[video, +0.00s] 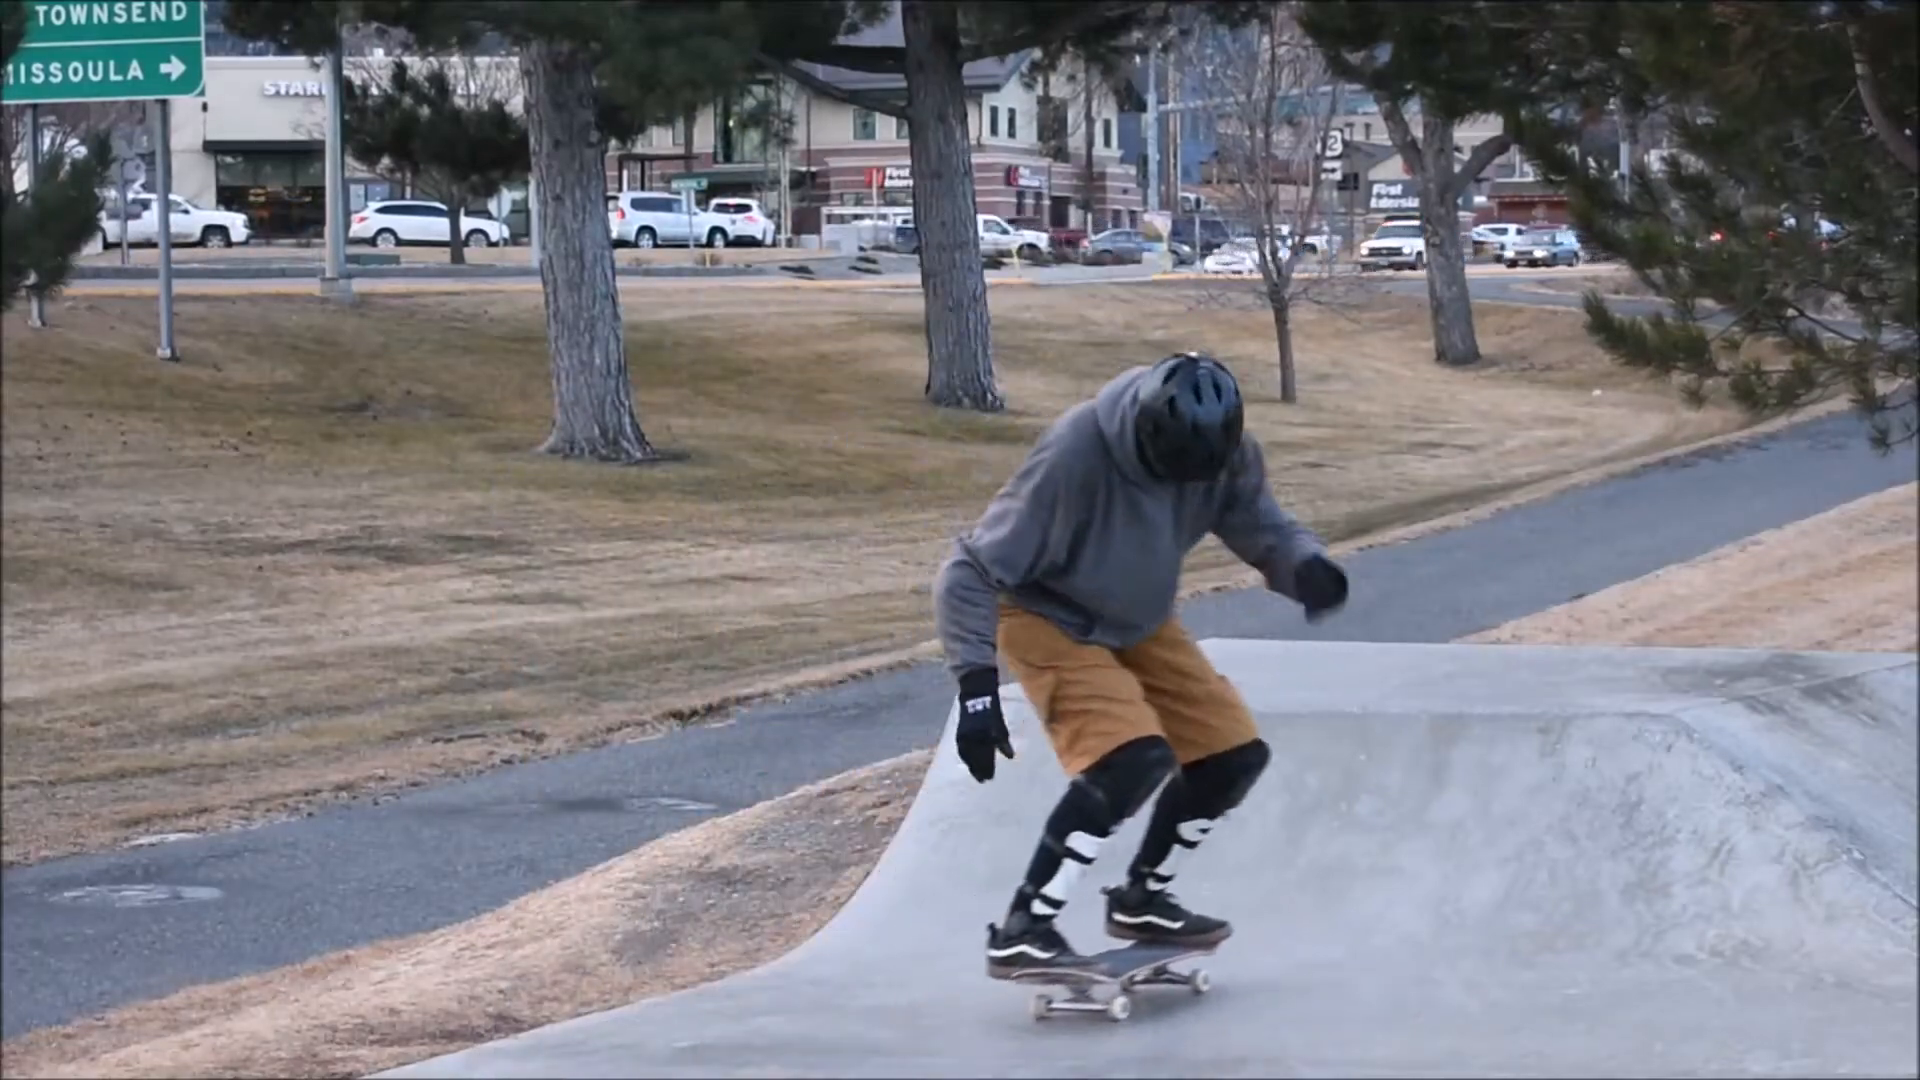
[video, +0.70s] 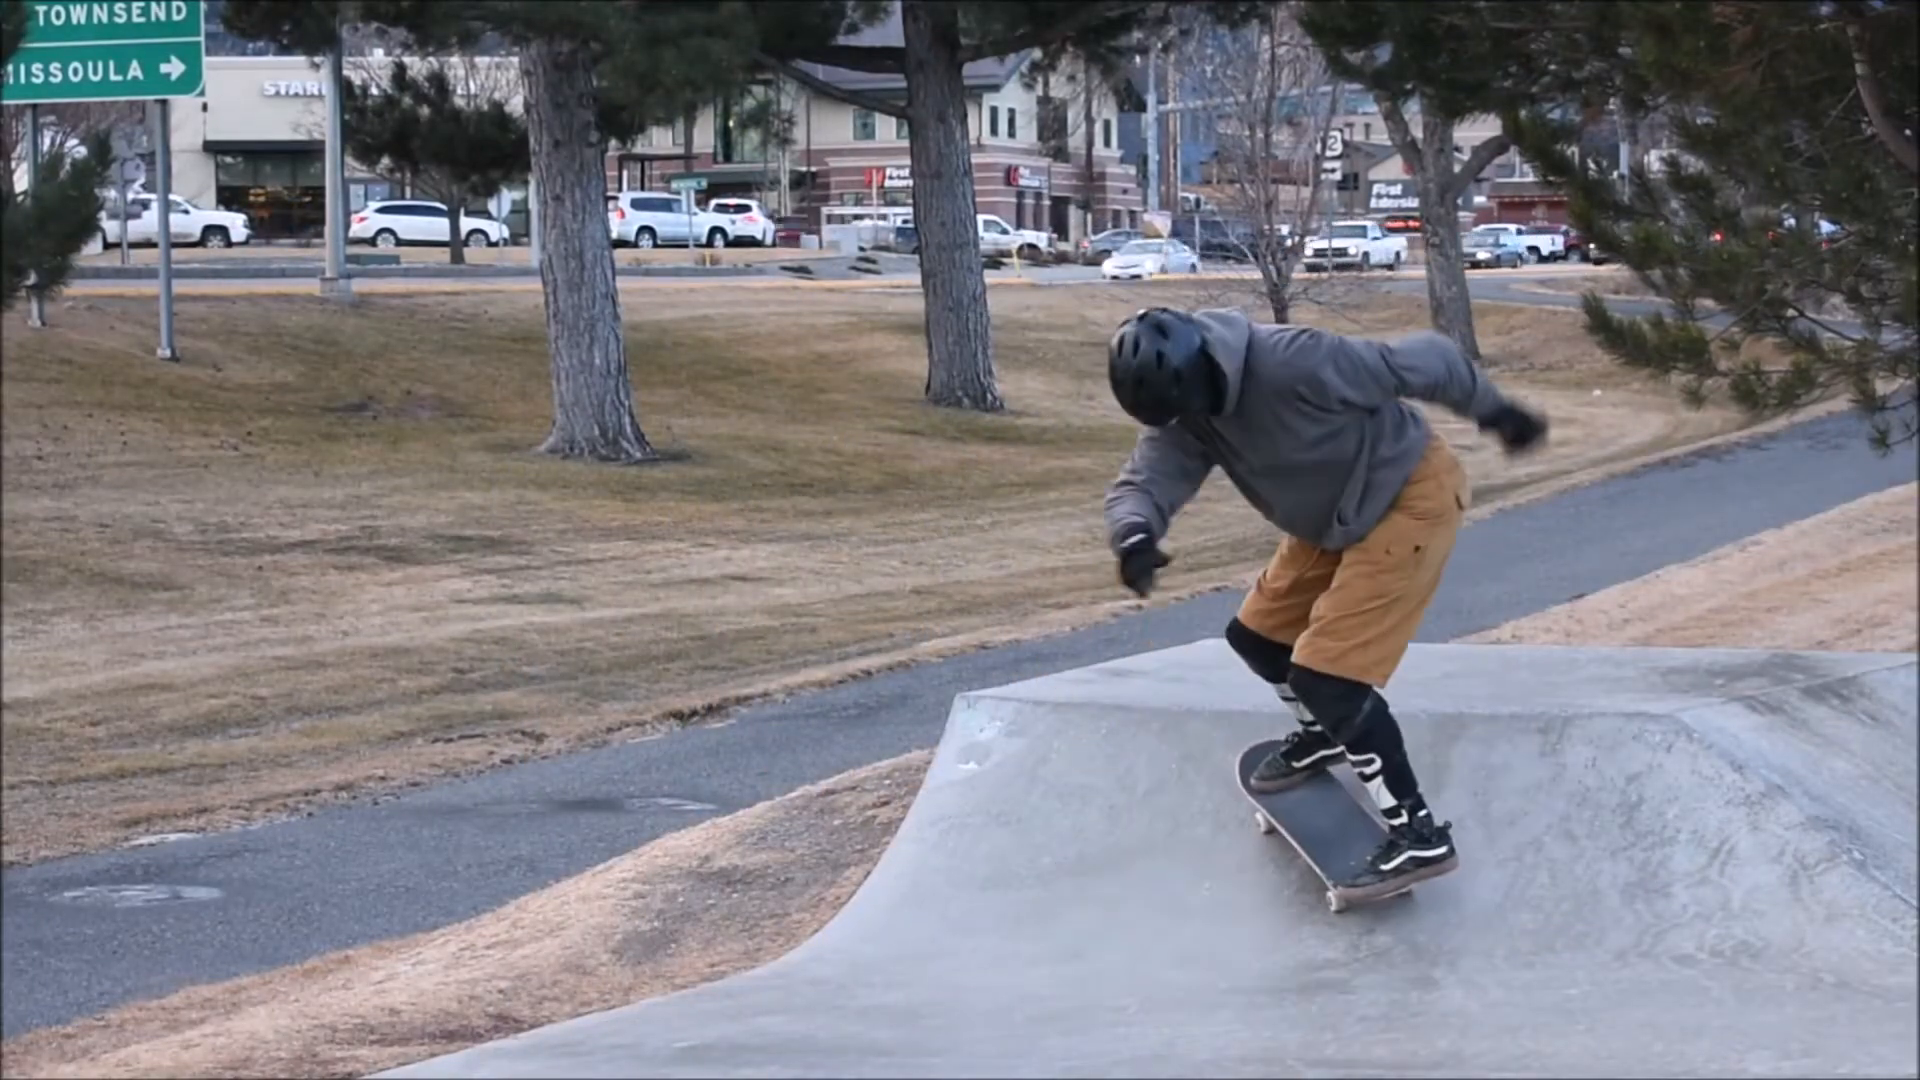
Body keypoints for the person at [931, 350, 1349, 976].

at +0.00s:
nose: (1186, 479)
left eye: (1203, 468)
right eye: (1174, 465)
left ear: (1227, 439)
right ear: (1147, 429)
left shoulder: (1228, 455)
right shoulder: (1076, 452)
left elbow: (1262, 523)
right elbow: (970, 568)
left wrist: (1306, 566)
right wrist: (977, 691)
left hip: (1139, 618)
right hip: (1043, 613)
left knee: (1231, 758)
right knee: (1132, 759)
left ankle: (1140, 897)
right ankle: (1023, 925)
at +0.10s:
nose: (1198, 461)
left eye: (1214, 451)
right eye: (1186, 448)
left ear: (1243, 424)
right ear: (1161, 412)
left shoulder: (1265, 438)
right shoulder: (1102, 435)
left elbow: (1324, 564)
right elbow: (995, 512)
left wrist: (1276, 524)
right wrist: (957, 615)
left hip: (1187, 598)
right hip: (1085, 594)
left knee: (1266, 756)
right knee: (1170, 748)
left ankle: (1181, 886)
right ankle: (1069, 916)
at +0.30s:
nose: (1209, 375)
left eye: (1222, 363)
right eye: (1195, 363)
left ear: (1253, 328)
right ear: (1170, 324)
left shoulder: (1292, 338)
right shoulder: (1137, 320)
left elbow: (1346, 452)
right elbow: (1070, 311)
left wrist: (1343, 541)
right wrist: (1003, 321)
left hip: (1274, 523)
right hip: (1170, 517)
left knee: (1324, 700)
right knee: (1202, 700)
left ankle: (1328, 826)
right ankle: (1144, 860)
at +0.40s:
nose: (1204, 379)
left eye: (1217, 369)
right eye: (1191, 368)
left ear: (1254, 336)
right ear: (1172, 334)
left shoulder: (1318, 340)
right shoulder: (1148, 329)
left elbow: (1448, 386)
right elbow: (1059, 331)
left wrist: (1529, 470)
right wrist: (975, 356)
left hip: (1317, 500)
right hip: (1208, 503)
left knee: (1366, 669)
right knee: (1187, 675)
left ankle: (1426, 808)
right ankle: (1190, 781)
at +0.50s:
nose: (1184, 403)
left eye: (1195, 394)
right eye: (1174, 392)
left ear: (1237, 366)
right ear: (1167, 363)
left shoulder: (1327, 335)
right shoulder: (1148, 364)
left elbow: (1446, 307)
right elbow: (1043, 413)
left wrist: (1547, 327)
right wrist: (945, 483)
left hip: (1359, 476)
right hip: (1268, 492)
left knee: (1339, 669)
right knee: (1236, 641)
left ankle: (1418, 818)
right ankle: (1306, 723)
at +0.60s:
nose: (1172, 426)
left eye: (1175, 413)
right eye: (1159, 417)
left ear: (1201, 377)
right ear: (1150, 391)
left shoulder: (1295, 350)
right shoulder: (1165, 400)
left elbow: (1402, 309)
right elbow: (1104, 462)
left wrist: (1491, 305)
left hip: (1395, 484)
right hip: (1318, 501)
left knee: (1327, 672)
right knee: (1255, 630)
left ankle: (1413, 823)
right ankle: (1324, 717)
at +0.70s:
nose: (1180, 423)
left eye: (1181, 408)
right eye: (1168, 416)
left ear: (1198, 367)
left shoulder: (1293, 361)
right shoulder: (1189, 407)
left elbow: (1425, 360)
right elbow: (1145, 479)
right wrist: (1134, 533)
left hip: (1410, 490)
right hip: (1333, 510)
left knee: (1328, 675)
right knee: (1258, 637)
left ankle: (1418, 830)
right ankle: (1328, 729)